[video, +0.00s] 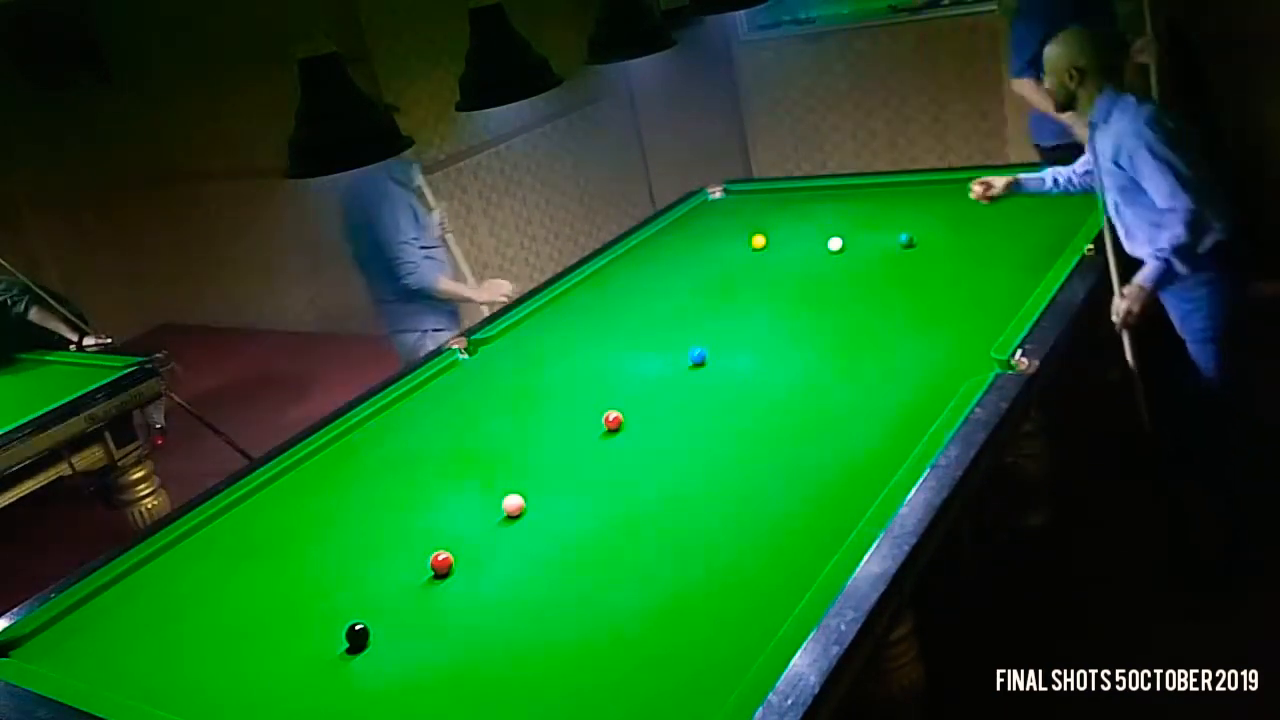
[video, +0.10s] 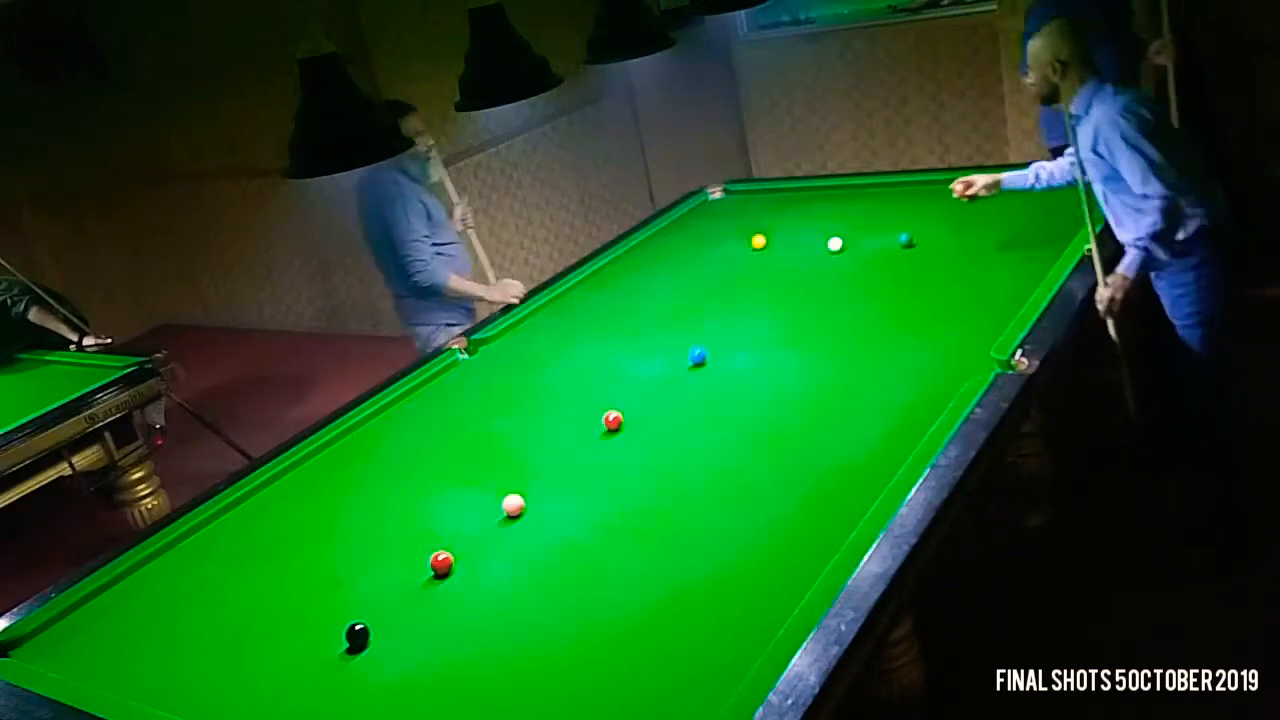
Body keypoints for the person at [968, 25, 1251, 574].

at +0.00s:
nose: (1043, 88)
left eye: (1047, 76)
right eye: (1043, 77)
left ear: (1072, 79)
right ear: (1085, 77)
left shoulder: (1130, 129)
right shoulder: (1109, 126)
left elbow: (1185, 217)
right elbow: (1087, 174)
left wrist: (1144, 283)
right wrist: (1014, 182)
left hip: (1200, 293)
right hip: (1179, 290)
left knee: (1220, 416)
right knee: (1208, 413)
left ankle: (1231, 541)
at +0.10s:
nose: (1026, 79)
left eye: (1032, 69)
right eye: (1026, 69)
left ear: (1061, 67)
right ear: (1063, 67)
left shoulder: (1109, 116)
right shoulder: (1091, 112)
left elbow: (1161, 200)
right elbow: (1073, 168)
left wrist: (1128, 269)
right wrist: (999, 180)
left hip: (1187, 271)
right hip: (1167, 267)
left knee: (1198, 395)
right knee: (1186, 392)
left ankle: (1212, 519)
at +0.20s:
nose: (1013, 81)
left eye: (1019, 70)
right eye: (1012, 71)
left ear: (1047, 67)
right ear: (1046, 68)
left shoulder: (1093, 108)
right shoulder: (1075, 108)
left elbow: (1142, 193)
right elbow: (1055, 165)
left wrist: (1115, 264)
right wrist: (981, 187)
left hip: (1181, 255)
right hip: (1160, 252)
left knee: (1196, 379)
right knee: (1185, 376)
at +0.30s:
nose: (997, 84)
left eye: (1002, 72)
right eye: (997, 73)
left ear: (1031, 68)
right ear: (1031, 68)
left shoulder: (1079, 109)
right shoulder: (1060, 111)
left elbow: (1121, 191)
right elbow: (1030, 166)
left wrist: (1110, 262)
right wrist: (962, 194)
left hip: (1174, 241)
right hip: (1152, 240)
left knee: (1191, 365)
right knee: (1173, 363)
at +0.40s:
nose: (979, 90)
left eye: (984, 80)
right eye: (979, 81)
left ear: (1012, 77)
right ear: (1014, 77)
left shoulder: (1066, 111)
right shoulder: (1040, 120)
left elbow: (1109, 188)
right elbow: (1000, 173)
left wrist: (1104, 261)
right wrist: (936, 203)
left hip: (1167, 229)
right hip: (1138, 232)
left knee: (1196, 353)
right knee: (1175, 353)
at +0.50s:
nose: (963, 98)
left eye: (967, 88)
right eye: (962, 89)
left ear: (992, 86)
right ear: (993, 86)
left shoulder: (1051, 112)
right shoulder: (1019, 130)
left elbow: (1097, 186)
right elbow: (974, 181)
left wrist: (1095, 258)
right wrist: (911, 214)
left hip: (1158, 220)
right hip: (1128, 227)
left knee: (1193, 341)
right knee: (1168, 342)